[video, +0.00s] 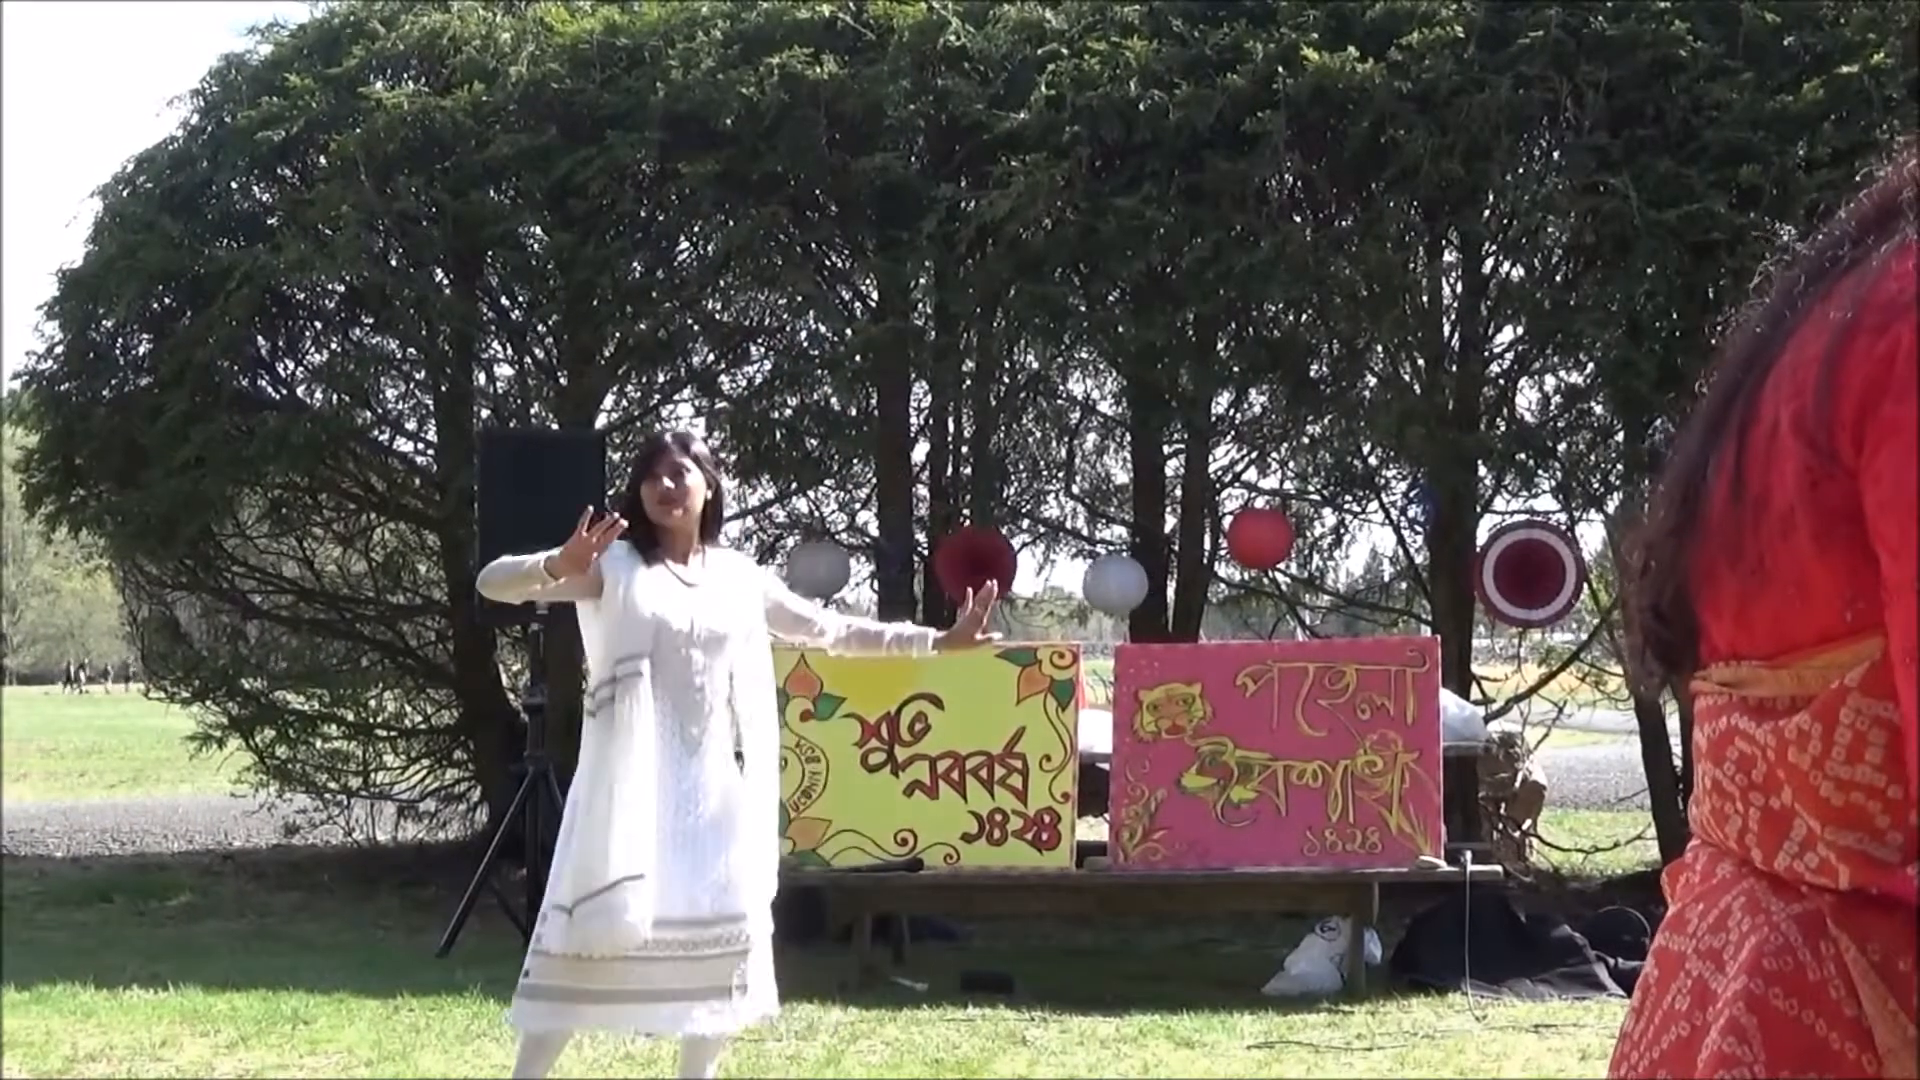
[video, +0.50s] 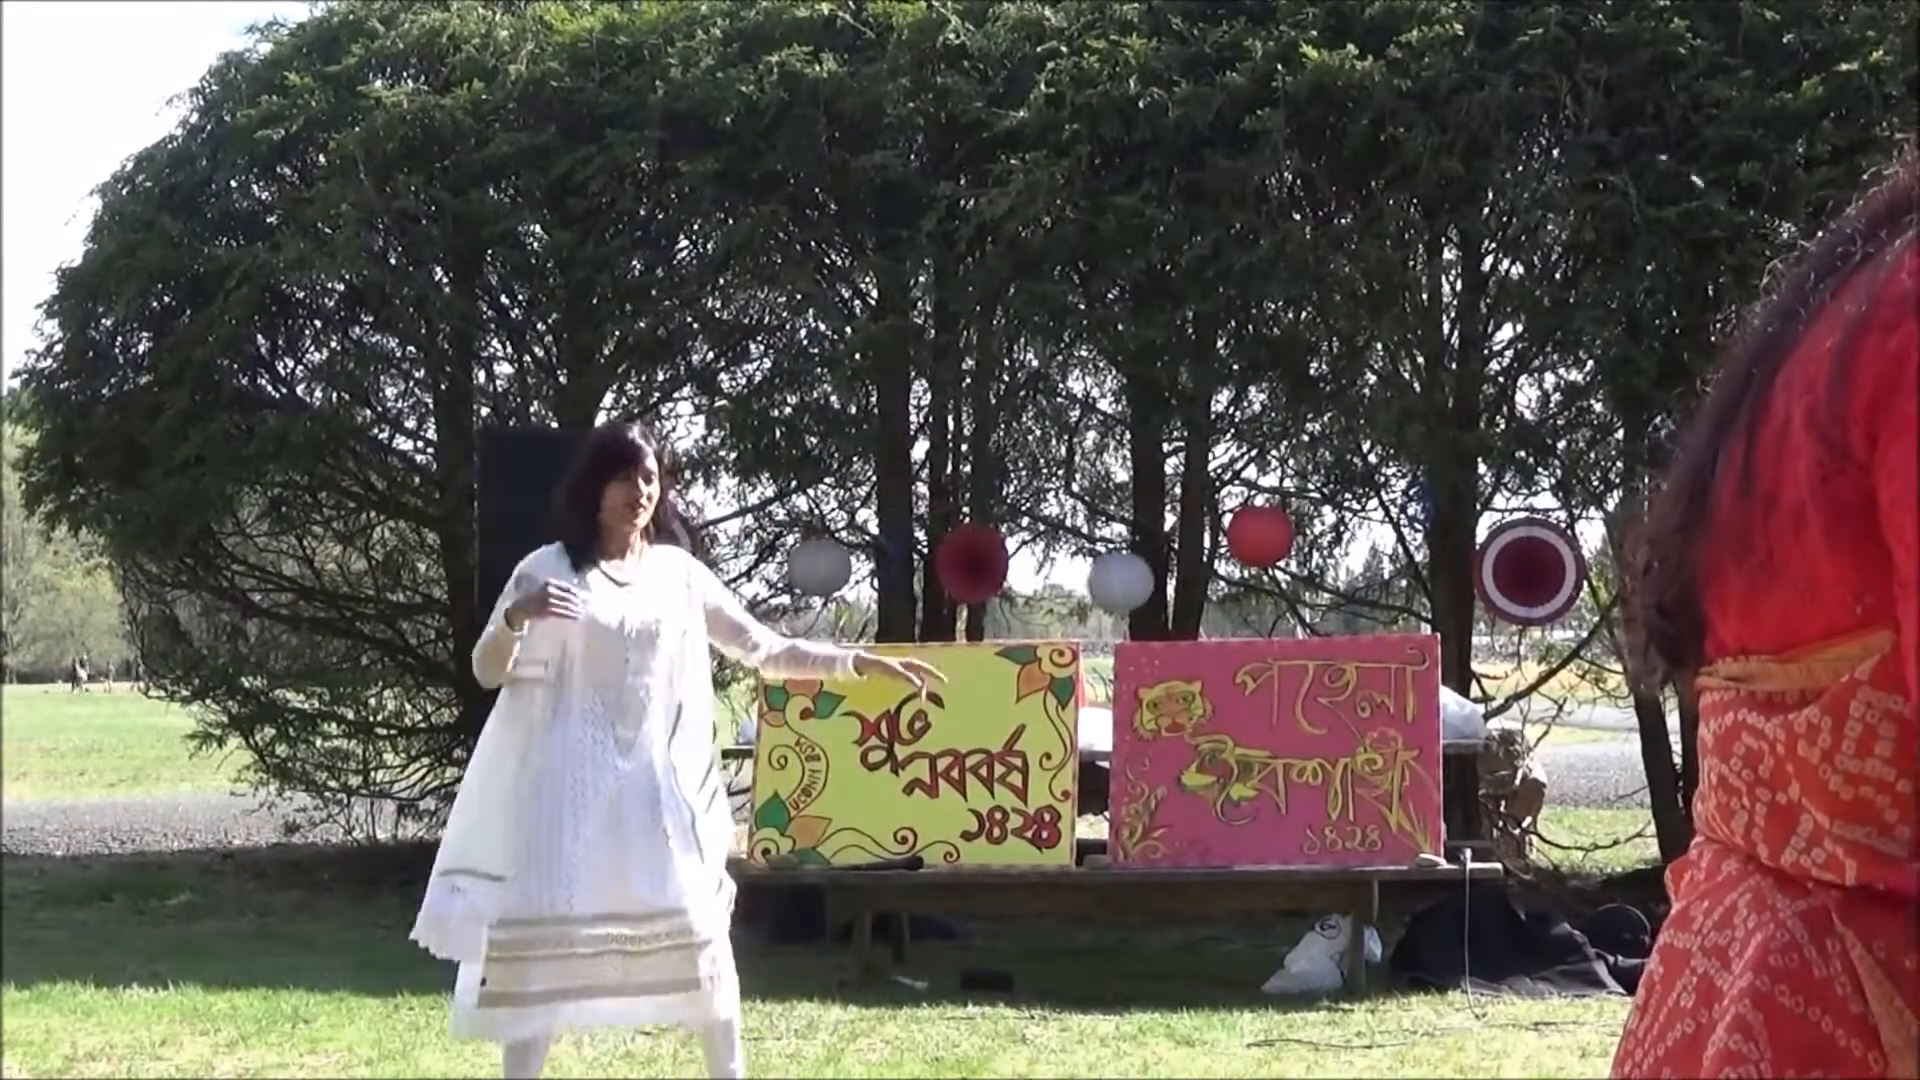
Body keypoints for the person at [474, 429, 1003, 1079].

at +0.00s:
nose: (669, 484)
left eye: (684, 471)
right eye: (656, 473)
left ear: (709, 488)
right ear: (638, 490)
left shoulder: (740, 577)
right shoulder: (610, 566)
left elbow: (833, 628)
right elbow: (490, 582)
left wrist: (948, 639)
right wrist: (554, 567)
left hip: (718, 788)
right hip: (622, 785)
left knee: (726, 953)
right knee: (572, 947)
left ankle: (696, 1074)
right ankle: (526, 1074)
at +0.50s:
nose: (640, 488)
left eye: (650, 477)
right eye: (625, 475)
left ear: (660, 490)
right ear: (593, 486)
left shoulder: (680, 573)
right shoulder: (546, 569)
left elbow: (766, 649)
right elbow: (487, 671)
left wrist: (863, 659)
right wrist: (513, 616)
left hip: (660, 788)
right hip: (558, 789)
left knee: (708, 953)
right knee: (532, 958)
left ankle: (728, 1072)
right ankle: (519, 1075)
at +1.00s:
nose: (706, 507)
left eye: (710, 493)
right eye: (687, 502)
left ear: (725, 501)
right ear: (665, 522)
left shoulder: (751, 583)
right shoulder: (685, 596)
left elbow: (848, 606)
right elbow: (826, 601)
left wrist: (871, 517)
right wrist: (867, 513)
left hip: (779, 811)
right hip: (702, 813)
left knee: (821, 978)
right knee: (638, 966)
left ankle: (775, 1073)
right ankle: (566, 1072)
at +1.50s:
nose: (719, 522)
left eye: (730, 505)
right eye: (703, 513)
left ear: (757, 507)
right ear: (689, 526)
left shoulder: (803, 580)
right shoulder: (691, 604)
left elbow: (808, 704)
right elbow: (687, 722)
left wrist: (845, 697)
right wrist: (779, 681)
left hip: (802, 817)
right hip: (715, 820)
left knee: (810, 983)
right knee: (647, 972)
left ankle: (774, 1073)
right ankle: (582, 1074)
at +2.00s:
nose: (687, 497)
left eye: (699, 481)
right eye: (672, 485)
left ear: (723, 486)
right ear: (653, 495)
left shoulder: (771, 565)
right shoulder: (626, 576)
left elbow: (852, 636)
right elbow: (552, 661)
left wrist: (840, 689)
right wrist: (614, 690)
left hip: (750, 796)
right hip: (648, 799)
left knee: (758, 966)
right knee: (603, 966)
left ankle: (755, 1076)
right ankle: (563, 1075)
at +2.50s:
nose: (597, 516)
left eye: (609, 501)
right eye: (582, 503)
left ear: (626, 506)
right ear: (557, 510)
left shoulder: (655, 586)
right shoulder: (521, 595)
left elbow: (672, 708)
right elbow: (493, 709)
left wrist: (727, 736)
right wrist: (560, 669)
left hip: (642, 813)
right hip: (550, 815)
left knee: (653, 961)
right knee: (551, 976)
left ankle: (611, 1069)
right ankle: (555, 1070)